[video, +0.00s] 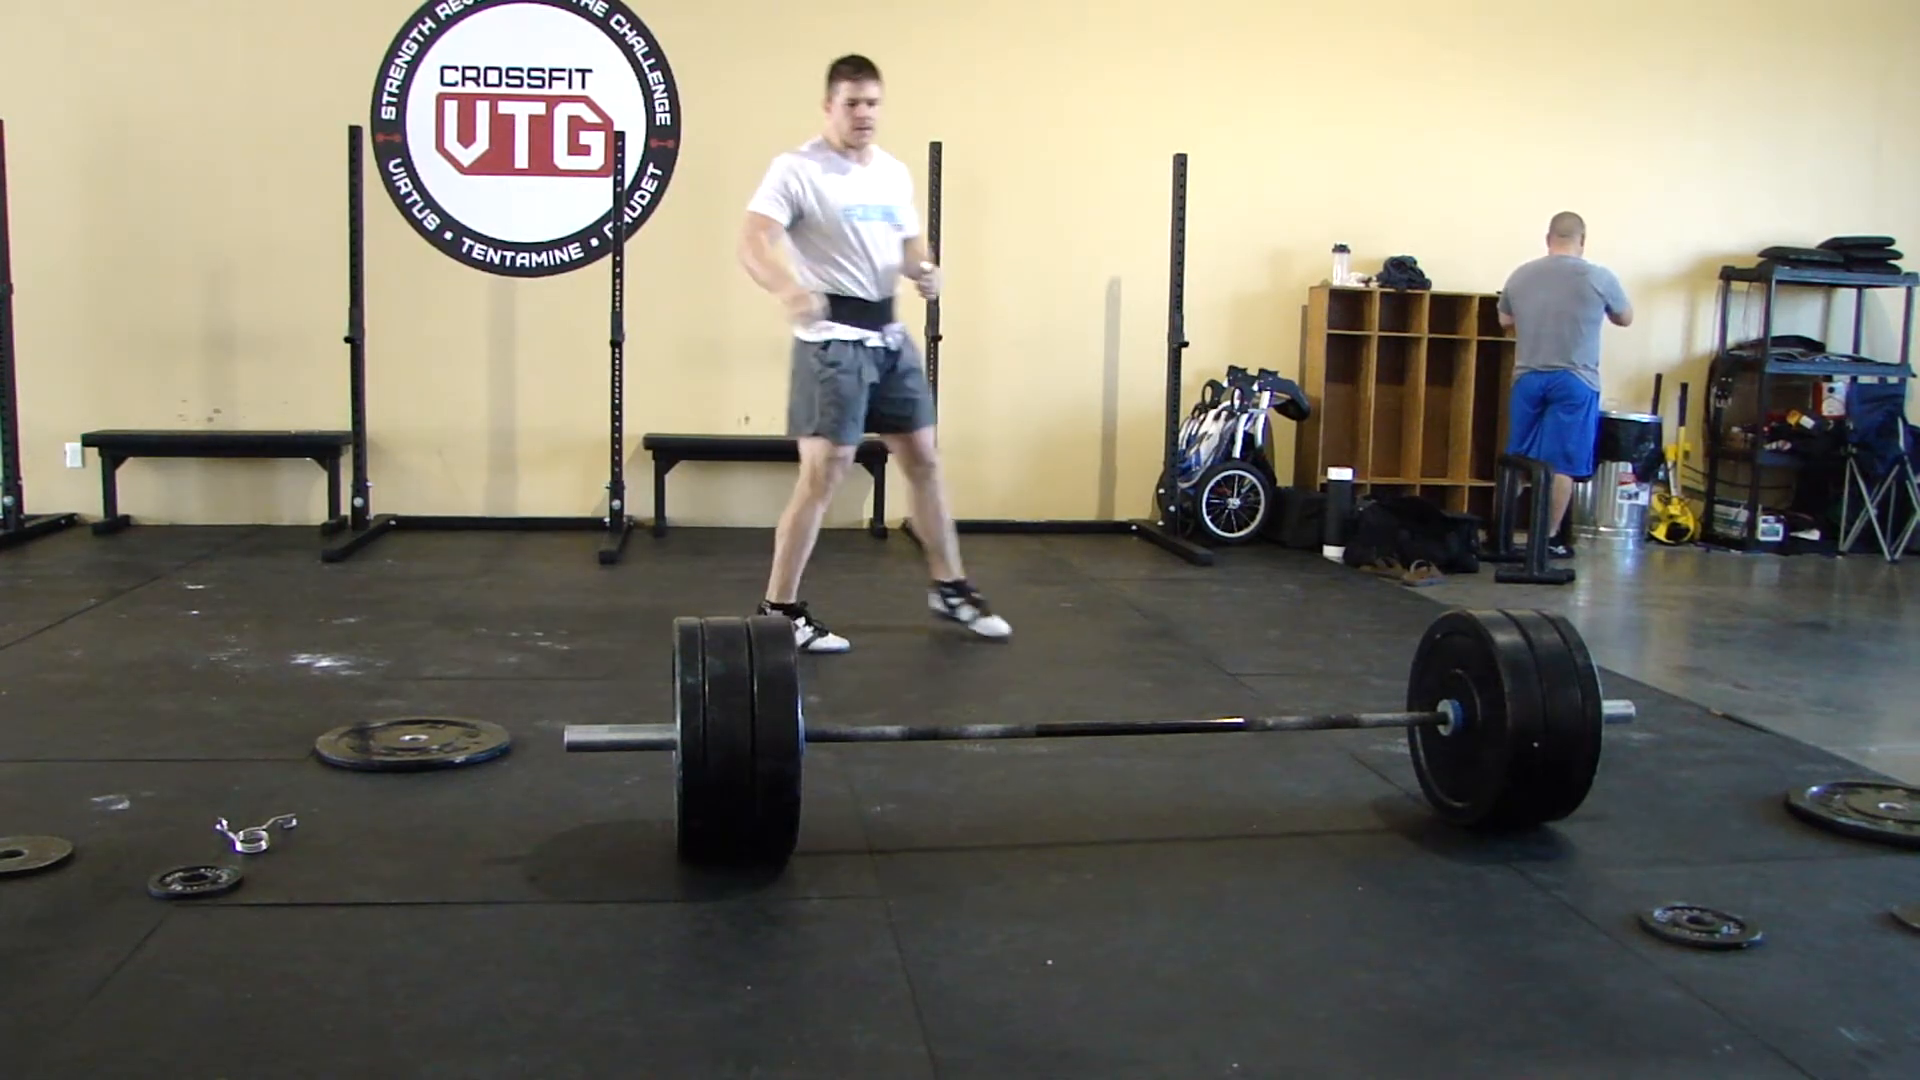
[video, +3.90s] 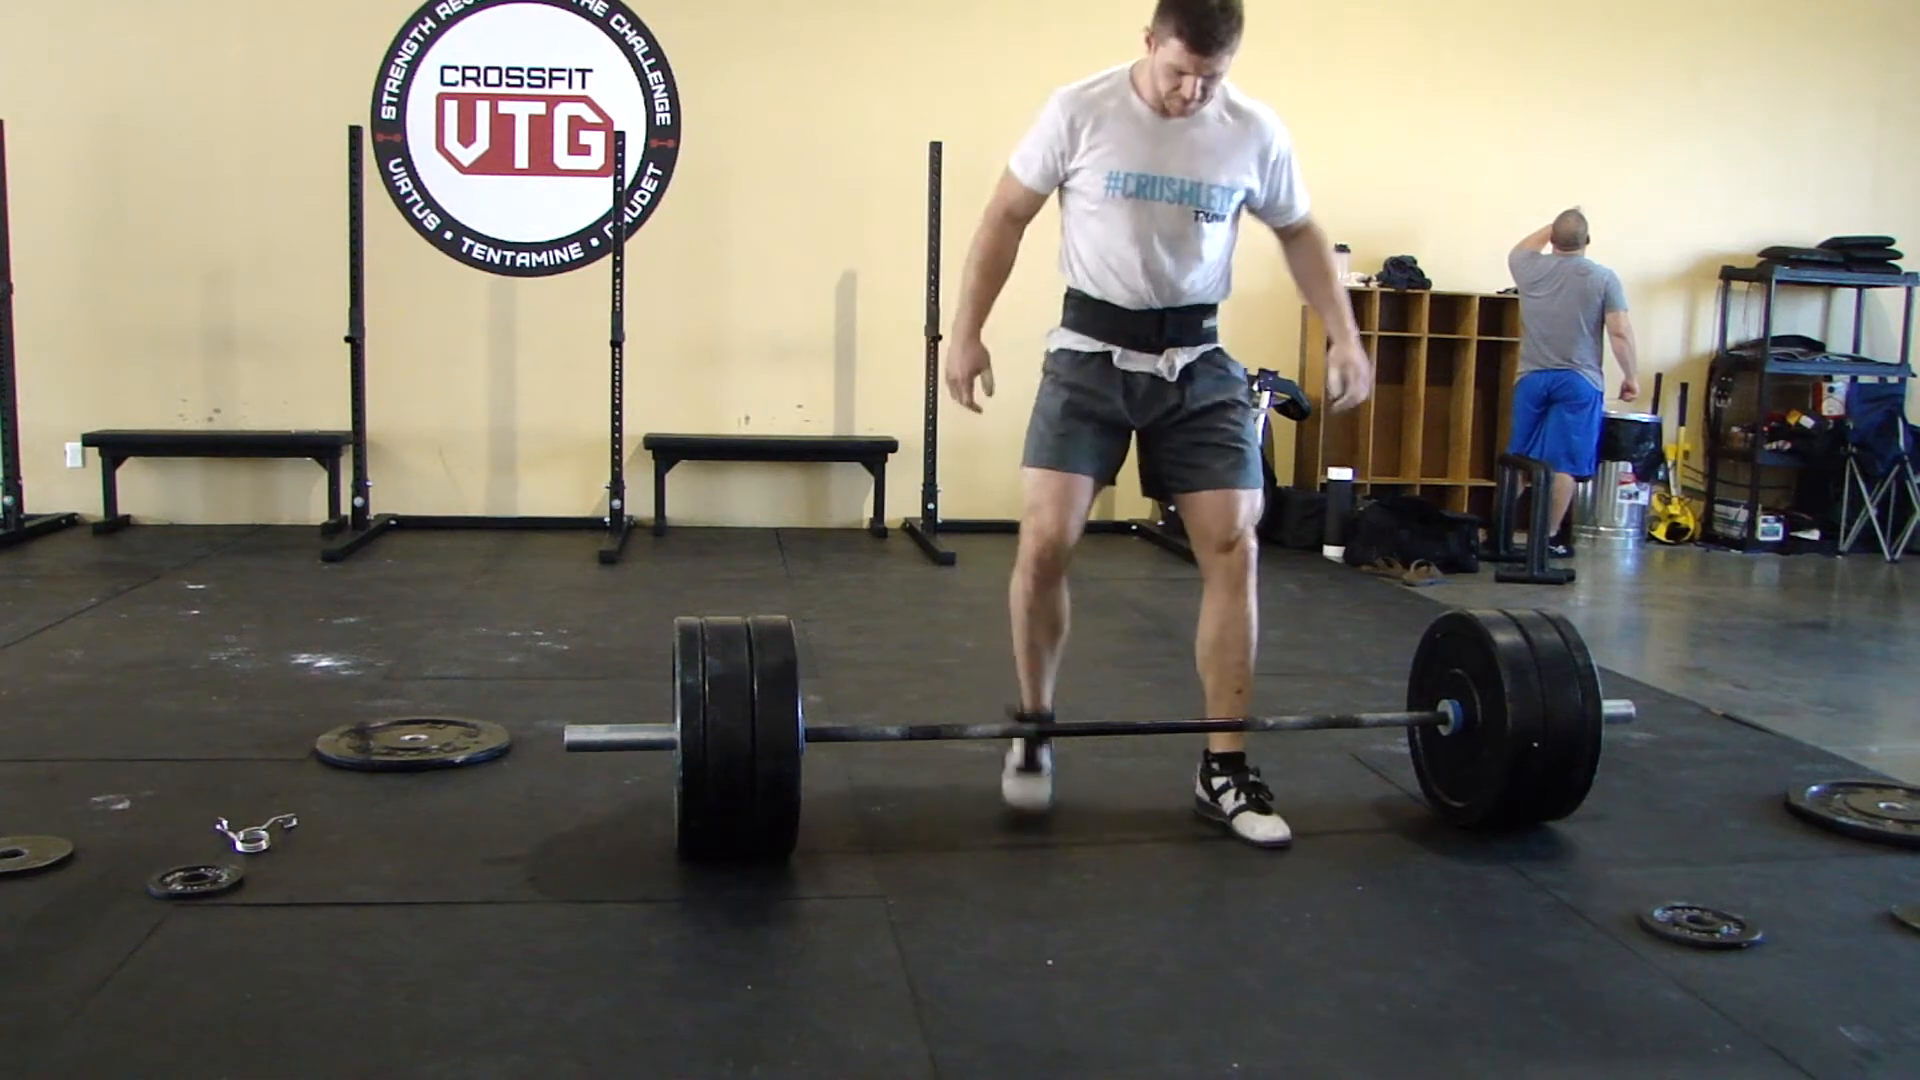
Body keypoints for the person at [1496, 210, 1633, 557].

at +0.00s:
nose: (1578, 245)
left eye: (1555, 238)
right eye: (1581, 240)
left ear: (1548, 239)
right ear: (1583, 241)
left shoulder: (1521, 274)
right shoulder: (1597, 276)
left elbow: (1506, 320)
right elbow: (1623, 317)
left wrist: (1540, 313)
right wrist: (1592, 299)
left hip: (1527, 377)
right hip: (1575, 379)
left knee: (1516, 459)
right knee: (1562, 466)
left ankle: (1501, 536)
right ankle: (1547, 540)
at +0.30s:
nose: (1582, 247)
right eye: (1584, 242)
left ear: (1549, 239)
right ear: (1583, 241)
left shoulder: (1521, 274)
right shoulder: (1597, 276)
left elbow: (1507, 316)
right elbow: (1621, 328)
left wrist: (1536, 316)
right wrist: (1615, 344)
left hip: (1528, 378)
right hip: (1576, 380)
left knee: (1516, 460)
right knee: (1562, 466)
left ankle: (1501, 535)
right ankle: (1547, 540)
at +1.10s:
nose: (1584, 244)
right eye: (1585, 239)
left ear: (1550, 239)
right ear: (1586, 240)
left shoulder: (1524, 271)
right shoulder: (1600, 277)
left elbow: (1512, 289)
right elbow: (1616, 332)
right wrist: (1628, 376)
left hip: (1530, 379)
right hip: (1577, 382)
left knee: (1519, 461)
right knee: (1565, 465)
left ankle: (1502, 534)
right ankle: (1548, 538)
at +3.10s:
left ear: (1549, 240)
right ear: (1586, 242)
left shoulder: (1529, 270)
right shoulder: (1602, 278)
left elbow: (1518, 254)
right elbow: (1617, 332)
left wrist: (1548, 232)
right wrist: (1629, 376)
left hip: (1531, 378)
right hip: (1579, 381)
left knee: (1519, 460)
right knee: (1565, 465)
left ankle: (1499, 532)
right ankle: (1548, 539)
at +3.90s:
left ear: (1551, 241)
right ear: (1588, 242)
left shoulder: (1532, 270)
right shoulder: (1603, 278)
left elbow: (1519, 253)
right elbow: (1619, 331)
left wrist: (1551, 229)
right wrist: (1631, 375)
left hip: (1532, 378)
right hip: (1579, 381)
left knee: (1519, 459)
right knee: (1565, 465)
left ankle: (1499, 530)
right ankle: (1548, 538)